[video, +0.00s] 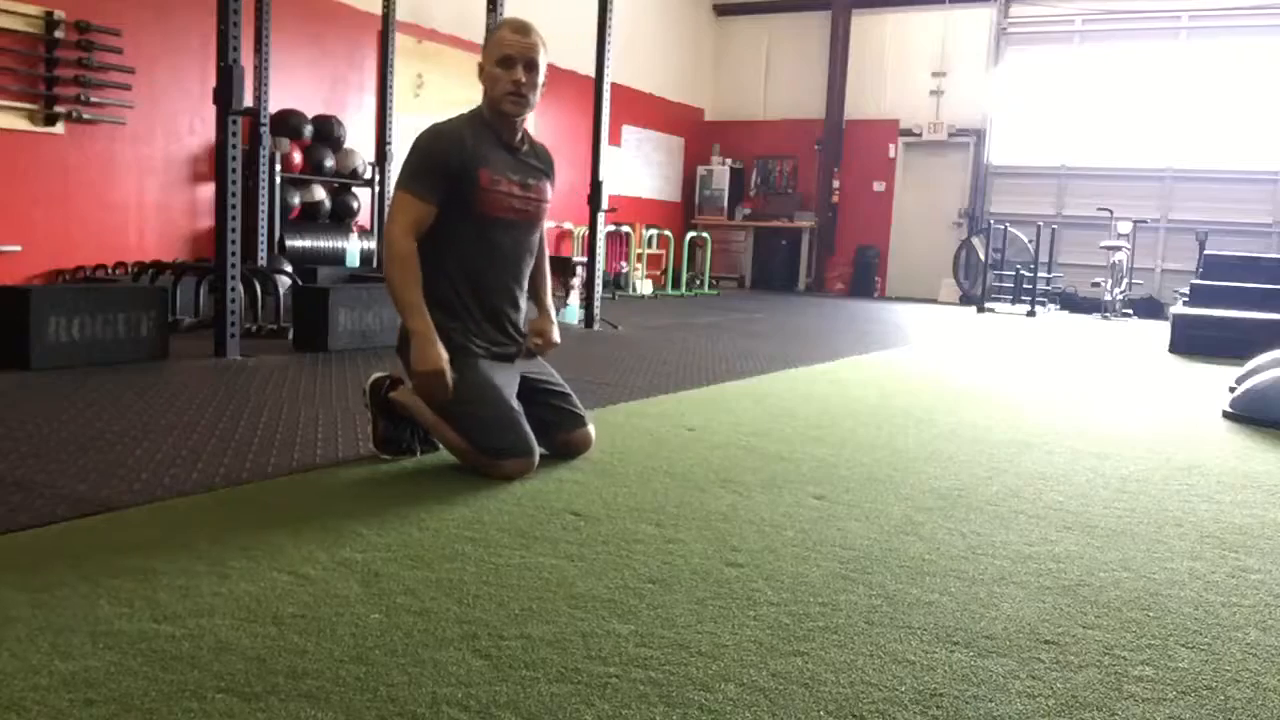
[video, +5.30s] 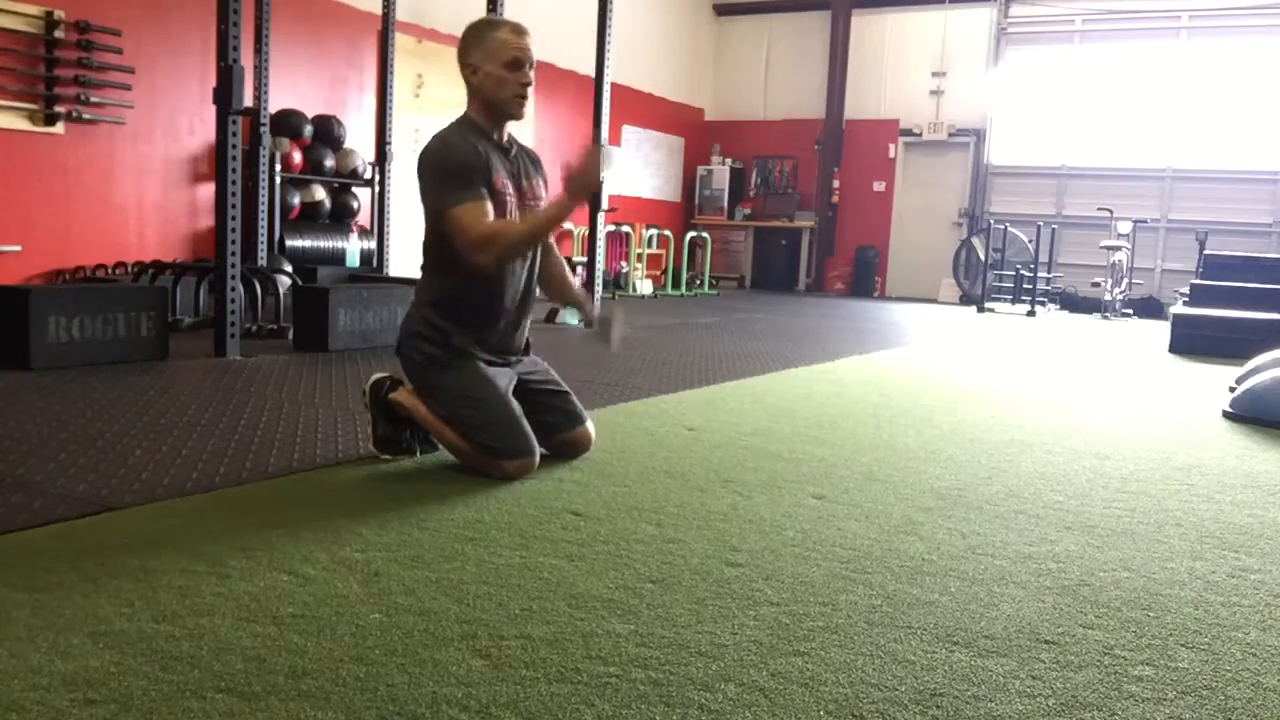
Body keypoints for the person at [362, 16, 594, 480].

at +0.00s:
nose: (520, 77)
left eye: (531, 66)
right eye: (506, 64)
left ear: (542, 76)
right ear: (482, 70)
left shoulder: (540, 159)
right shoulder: (444, 143)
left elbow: (535, 237)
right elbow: (398, 235)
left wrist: (544, 308)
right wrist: (422, 334)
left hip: (512, 342)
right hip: (453, 346)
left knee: (573, 439)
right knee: (513, 463)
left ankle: (443, 411)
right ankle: (398, 399)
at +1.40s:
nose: (526, 82)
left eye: (537, 70)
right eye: (512, 68)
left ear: (550, 80)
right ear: (486, 73)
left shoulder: (548, 157)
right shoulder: (454, 147)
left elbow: (548, 247)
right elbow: (418, 247)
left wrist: (541, 328)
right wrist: (474, 330)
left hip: (516, 343)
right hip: (449, 347)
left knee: (574, 439)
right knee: (515, 463)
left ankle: (444, 411)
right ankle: (400, 400)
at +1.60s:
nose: (523, 84)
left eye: (535, 73)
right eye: (509, 70)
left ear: (548, 81)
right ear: (485, 73)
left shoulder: (548, 158)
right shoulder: (454, 148)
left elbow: (552, 246)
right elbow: (432, 251)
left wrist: (543, 321)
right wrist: (523, 301)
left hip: (514, 343)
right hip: (450, 346)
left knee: (574, 439)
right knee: (515, 462)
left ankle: (444, 413)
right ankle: (399, 399)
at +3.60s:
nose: (572, 95)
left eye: (577, 83)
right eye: (558, 80)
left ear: (582, 87)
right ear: (518, 75)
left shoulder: (566, 172)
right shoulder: (473, 156)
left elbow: (562, 257)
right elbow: (441, 265)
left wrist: (564, 333)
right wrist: (490, 354)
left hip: (509, 341)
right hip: (447, 344)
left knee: (574, 439)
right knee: (515, 463)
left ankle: (446, 410)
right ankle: (399, 399)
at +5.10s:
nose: (531, 79)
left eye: (536, 68)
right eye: (517, 64)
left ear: (540, 77)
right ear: (478, 71)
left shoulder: (537, 163)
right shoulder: (454, 151)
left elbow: (545, 257)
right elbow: (452, 253)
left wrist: (569, 343)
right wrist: (539, 302)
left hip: (506, 345)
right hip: (446, 347)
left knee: (574, 440)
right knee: (514, 462)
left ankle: (444, 411)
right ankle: (399, 400)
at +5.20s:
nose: (529, 79)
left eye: (532, 68)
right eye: (515, 65)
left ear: (535, 75)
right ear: (474, 71)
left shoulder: (531, 162)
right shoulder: (451, 150)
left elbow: (541, 261)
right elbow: (464, 253)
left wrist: (575, 337)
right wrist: (562, 252)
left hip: (507, 346)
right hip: (446, 349)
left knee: (575, 440)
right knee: (514, 463)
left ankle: (447, 406)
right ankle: (399, 399)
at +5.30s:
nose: (528, 78)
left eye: (531, 66)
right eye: (513, 65)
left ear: (534, 73)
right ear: (472, 71)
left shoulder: (528, 162)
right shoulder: (450, 150)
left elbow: (540, 252)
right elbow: (481, 246)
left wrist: (583, 304)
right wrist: (568, 198)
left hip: (508, 347)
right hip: (447, 349)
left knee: (573, 439)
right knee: (514, 463)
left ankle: (443, 410)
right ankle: (398, 399)